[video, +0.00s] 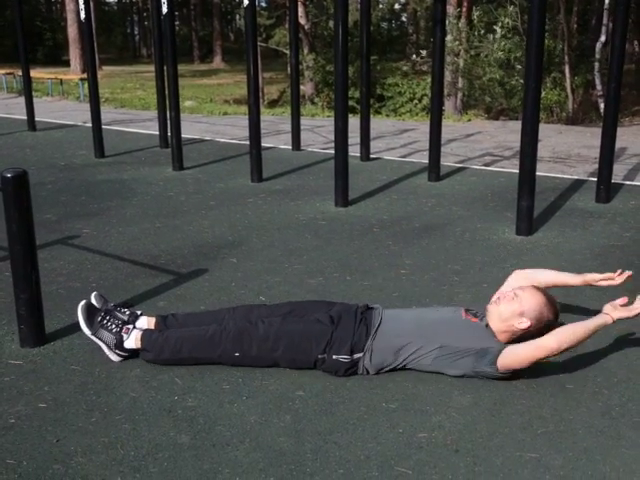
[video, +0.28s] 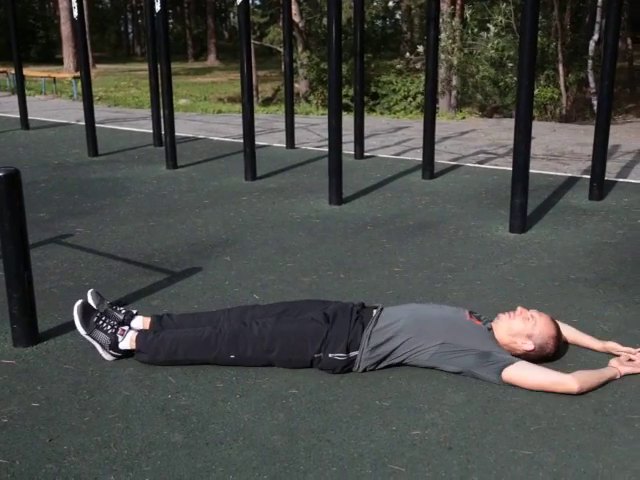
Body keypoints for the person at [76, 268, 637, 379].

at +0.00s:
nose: (514, 292)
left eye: (523, 298)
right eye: (523, 293)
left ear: (518, 323)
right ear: (511, 302)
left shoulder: (488, 352)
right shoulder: (482, 315)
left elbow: (549, 345)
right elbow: (531, 278)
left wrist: (606, 318)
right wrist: (595, 284)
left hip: (348, 341)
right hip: (353, 315)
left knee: (242, 335)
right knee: (244, 318)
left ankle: (132, 342)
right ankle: (140, 327)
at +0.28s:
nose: (525, 314)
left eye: (533, 322)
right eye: (533, 317)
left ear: (525, 344)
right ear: (520, 322)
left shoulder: (480, 352)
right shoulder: (482, 324)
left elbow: (548, 379)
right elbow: (538, 337)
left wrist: (598, 374)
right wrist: (608, 349)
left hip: (343, 337)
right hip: (347, 314)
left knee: (234, 336)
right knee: (238, 318)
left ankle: (125, 341)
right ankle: (132, 325)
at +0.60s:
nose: (505, 314)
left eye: (512, 319)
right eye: (512, 314)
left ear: (503, 337)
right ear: (502, 316)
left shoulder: (464, 344)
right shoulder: (462, 317)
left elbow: (530, 372)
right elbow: (526, 323)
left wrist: (584, 359)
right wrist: (584, 338)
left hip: (328, 333)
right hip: (332, 309)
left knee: (226, 333)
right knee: (230, 316)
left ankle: (124, 336)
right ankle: (131, 320)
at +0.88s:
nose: (500, 312)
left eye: (508, 317)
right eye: (508, 313)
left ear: (501, 336)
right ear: (498, 316)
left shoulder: (461, 344)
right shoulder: (459, 317)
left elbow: (525, 371)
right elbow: (521, 323)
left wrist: (579, 359)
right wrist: (580, 338)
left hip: (326, 331)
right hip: (329, 308)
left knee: (224, 332)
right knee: (227, 315)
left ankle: (121, 337)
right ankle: (130, 321)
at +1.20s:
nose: (498, 313)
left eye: (505, 317)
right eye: (506, 314)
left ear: (498, 337)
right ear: (497, 317)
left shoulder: (458, 344)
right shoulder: (457, 317)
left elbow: (521, 370)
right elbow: (520, 322)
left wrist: (575, 359)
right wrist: (577, 338)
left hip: (323, 331)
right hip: (327, 308)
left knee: (221, 333)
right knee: (224, 315)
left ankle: (117, 336)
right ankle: (127, 321)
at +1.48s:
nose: (496, 313)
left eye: (503, 317)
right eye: (503, 313)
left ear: (495, 337)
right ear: (494, 316)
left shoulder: (456, 343)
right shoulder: (455, 317)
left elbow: (523, 369)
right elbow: (519, 320)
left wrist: (576, 358)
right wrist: (577, 338)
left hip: (322, 331)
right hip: (327, 308)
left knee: (221, 330)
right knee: (223, 314)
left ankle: (116, 335)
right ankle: (123, 321)